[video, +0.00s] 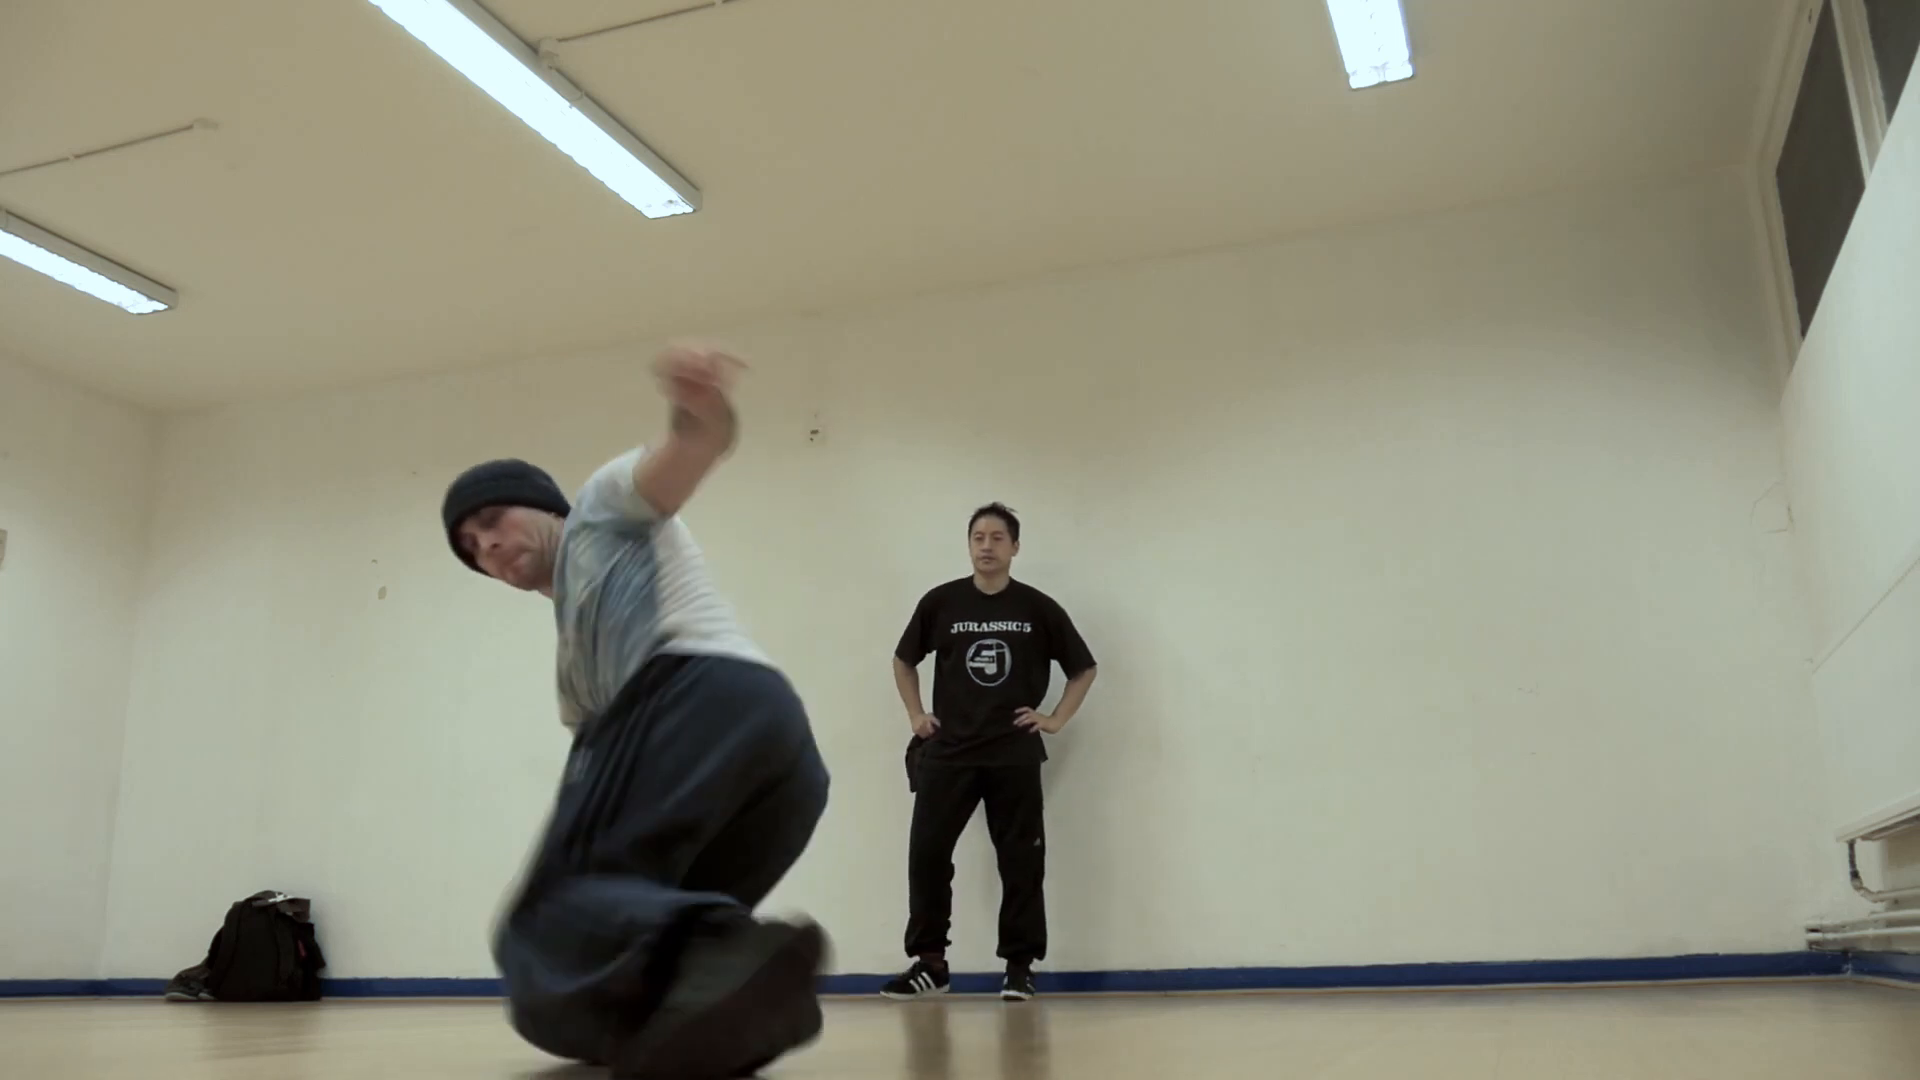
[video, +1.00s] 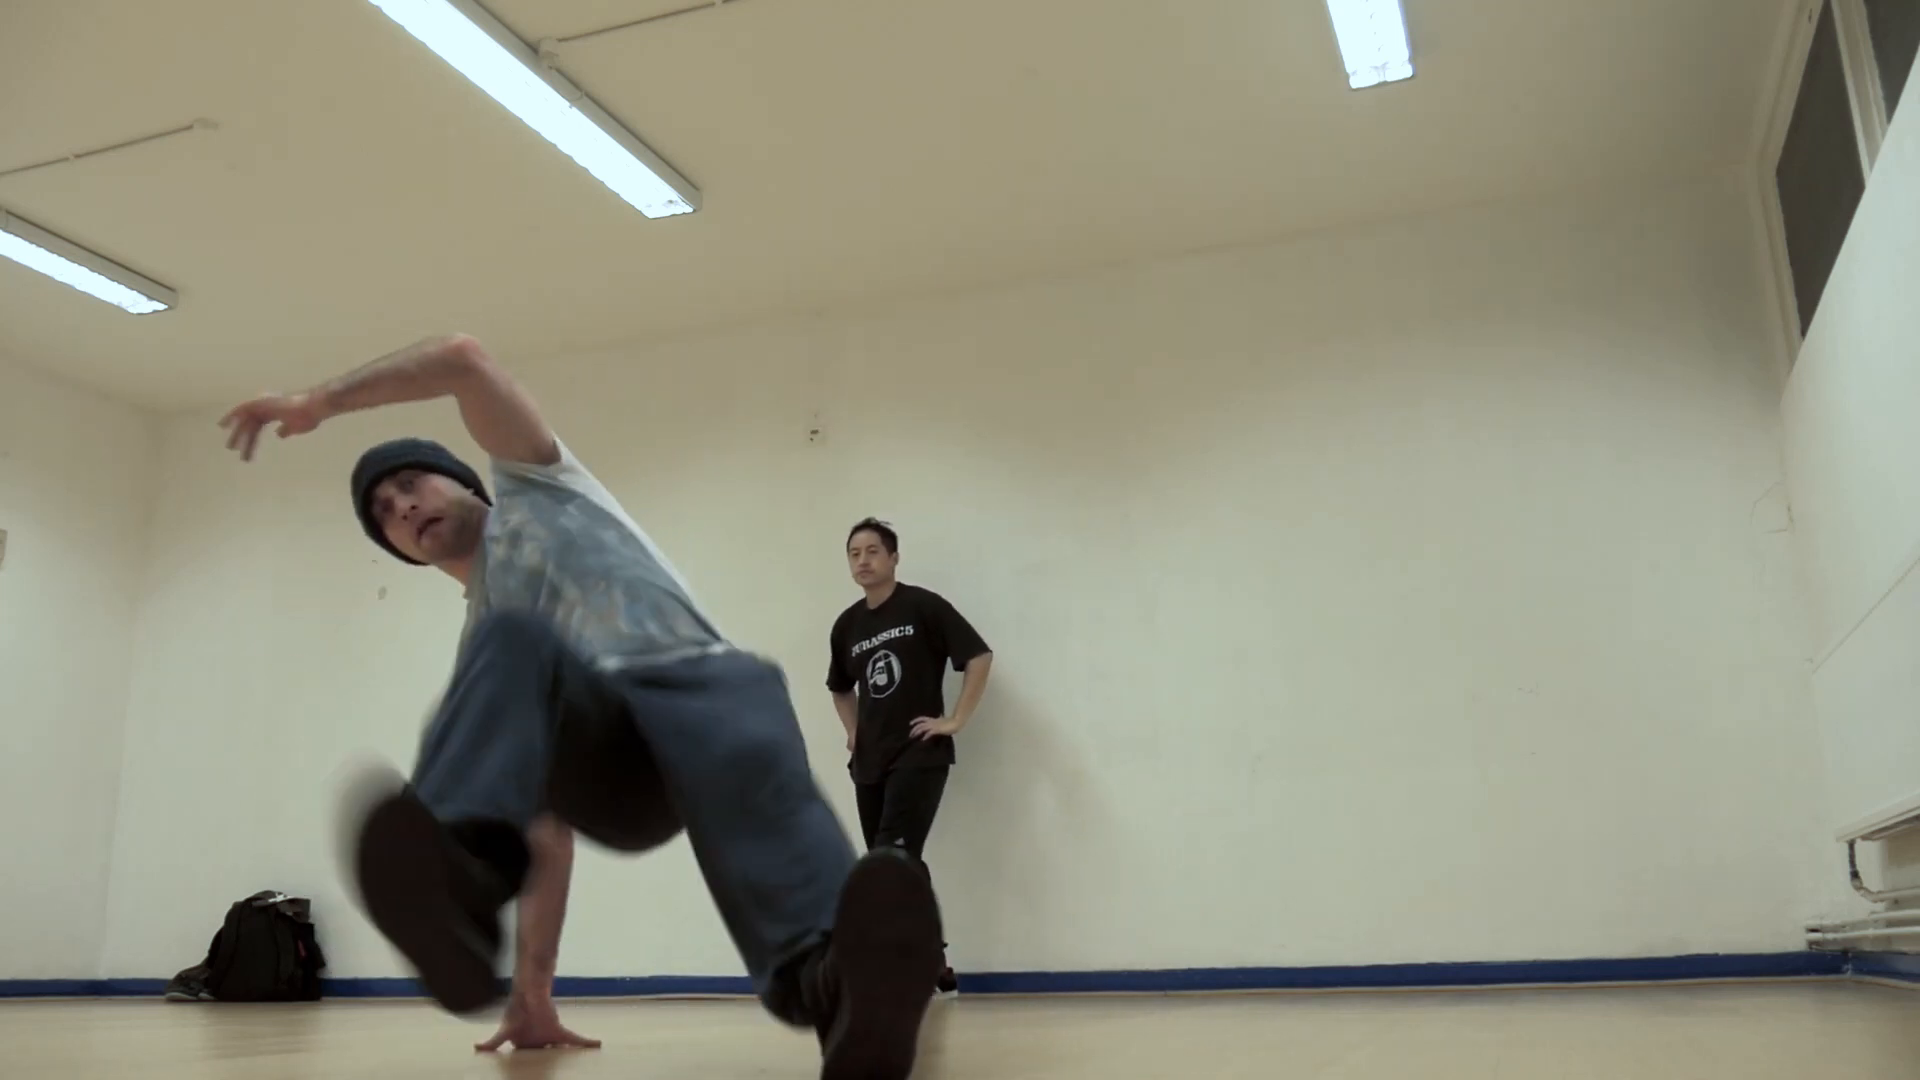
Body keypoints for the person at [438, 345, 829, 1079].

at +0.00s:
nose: (489, 548)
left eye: (491, 521)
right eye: (475, 551)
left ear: (535, 499)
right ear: (487, 573)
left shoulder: (600, 509)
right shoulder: (577, 657)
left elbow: (694, 445)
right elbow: (603, 758)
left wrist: (701, 407)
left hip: (712, 698)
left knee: (543, 922)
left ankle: (717, 955)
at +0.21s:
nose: (459, 538)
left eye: (460, 507)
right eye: (440, 541)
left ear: (506, 483)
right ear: (452, 563)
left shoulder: (600, 500)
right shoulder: (552, 651)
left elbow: (555, 416)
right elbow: (607, 820)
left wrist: (365, 440)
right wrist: (604, 967)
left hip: (775, 736)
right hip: (667, 783)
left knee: (611, 675)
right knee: (476, 675)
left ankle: (726, 936)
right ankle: (596, 958)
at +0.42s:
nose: (450, 528)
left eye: (462, 500)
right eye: (430, 530)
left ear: (515, 491)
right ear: (432, 554)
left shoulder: (611, 508)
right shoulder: (511, 669)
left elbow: (609, 536)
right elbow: (538, 815)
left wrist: (407, 577)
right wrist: (537, 987)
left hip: (725, 844)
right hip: (606, 875)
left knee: (664, 771)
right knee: (474, 750)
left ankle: (719, 984)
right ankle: (611, 994)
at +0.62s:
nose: (424, 508)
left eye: (431, 483)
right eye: (404, 514)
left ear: (482, 477)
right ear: (418, 553)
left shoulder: (565, 495)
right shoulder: (500, 663)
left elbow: (514, 389)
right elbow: (555, 823)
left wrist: (365, 425)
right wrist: (535, 990)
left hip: (716, 734)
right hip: (620, 790)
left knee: (749, 650)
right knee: (506, 716)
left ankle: (737, 942)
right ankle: (457, 962)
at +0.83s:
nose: (422, 497)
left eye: (430, 472)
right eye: (403, 500)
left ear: (478, 471)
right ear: (412, 537)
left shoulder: (547, 475)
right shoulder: (486, 665)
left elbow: (478, 337)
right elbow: (531, 819)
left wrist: (347, 387)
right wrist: (535, 991)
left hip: (688, 673)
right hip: (585, 742)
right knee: (533, 790)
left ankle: (852, 993)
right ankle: (451, 915)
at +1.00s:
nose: (405, 510)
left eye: (409, 485)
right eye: (386, 518)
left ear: (456, 478)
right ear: (405, 553)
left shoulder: (538, 484)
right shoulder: (491, 636)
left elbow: (463, 359)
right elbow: (542, 834)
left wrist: (313, 403)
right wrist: (536, 1003)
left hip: (703, 708)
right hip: (601, 761)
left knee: (742, 703)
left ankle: (835, 980)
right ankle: (459, 909)